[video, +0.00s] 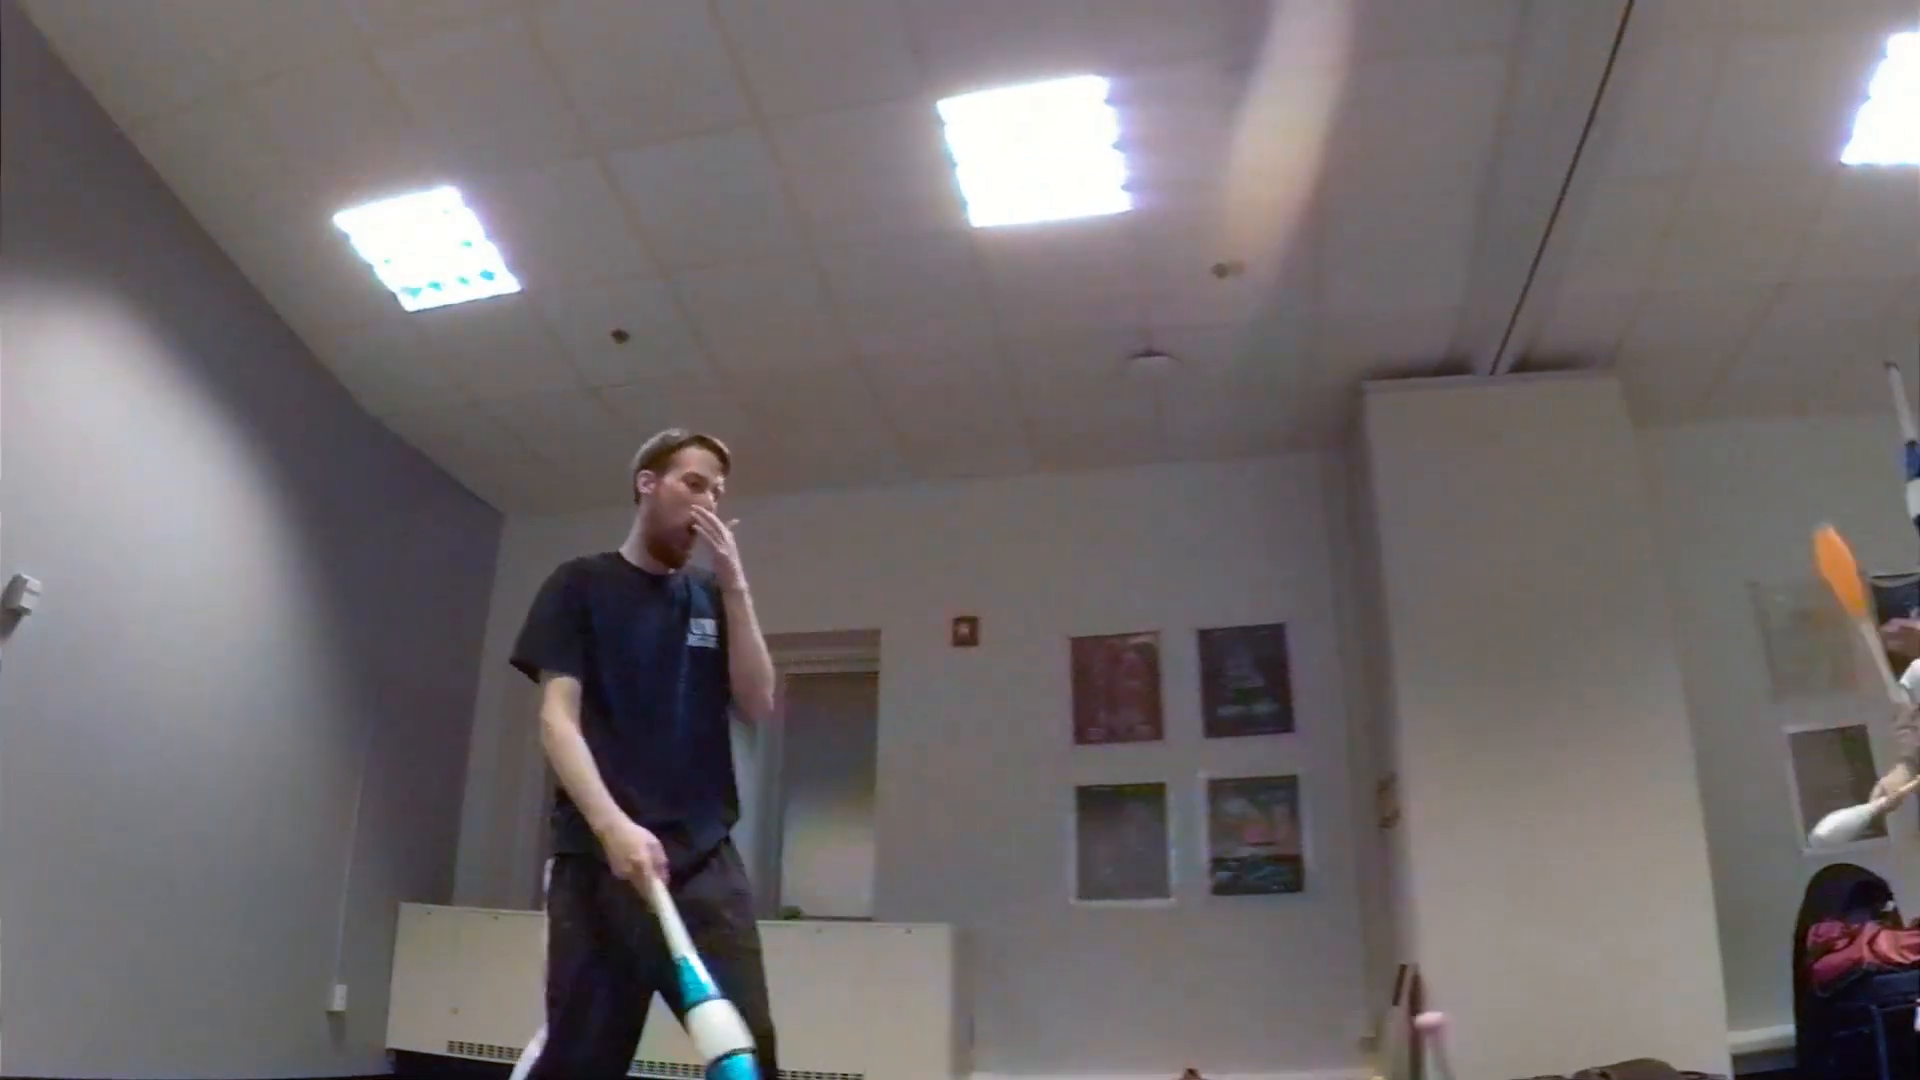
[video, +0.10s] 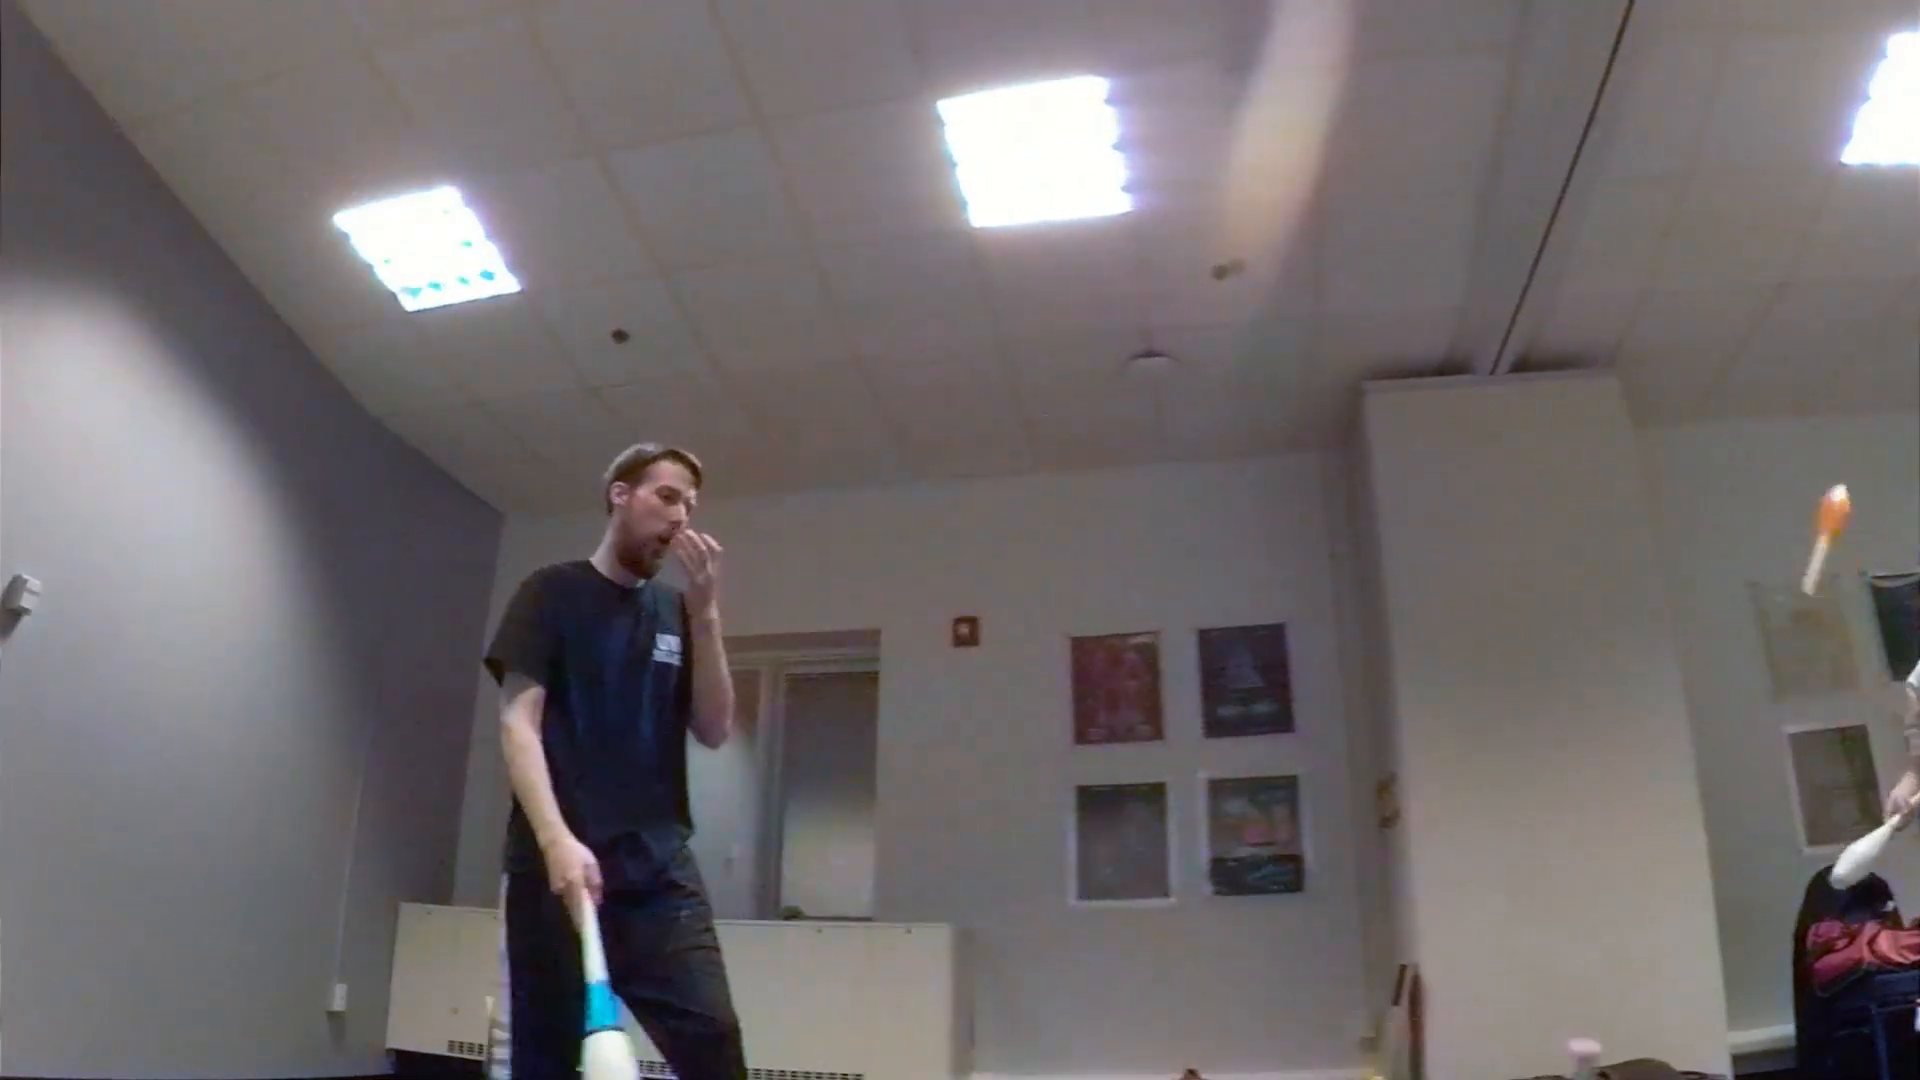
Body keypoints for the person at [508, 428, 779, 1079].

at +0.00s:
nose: (707, 501)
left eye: (716, 491)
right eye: (693, 483)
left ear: (720, 507)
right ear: (646, 485)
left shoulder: (715, 599)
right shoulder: (581, 583)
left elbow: (759, 705)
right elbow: (556, 721)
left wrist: (733, 582)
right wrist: (614, 828)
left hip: (706, 866)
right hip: (601, 865)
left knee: (748, 1051)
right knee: (584, 1057)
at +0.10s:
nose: (680, 518)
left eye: (688, 507)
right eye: (667, 497)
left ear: (691, 523)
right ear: (619, 495)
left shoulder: (677, 610)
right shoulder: (550, 592)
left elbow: (713, 729)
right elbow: (518, 725)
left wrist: (704, 610)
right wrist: (556, 842)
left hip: (657, 866)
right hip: (556, 863)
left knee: (712, 1044)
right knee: (547, 1059)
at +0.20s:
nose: (657, 520)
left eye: (666, 509)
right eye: (645, 500)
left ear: (667, 523)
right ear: (597, 497)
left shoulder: (650, 614)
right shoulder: (525, 589)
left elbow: (670, 738)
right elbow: (491, 720)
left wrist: (692, 644)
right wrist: (506, 840)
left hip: (622, 858)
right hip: (530, 855)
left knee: (675, 1029)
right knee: (528, 1045)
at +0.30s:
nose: (645, 513)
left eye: (654, 503)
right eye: (633, 494)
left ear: (654, 518)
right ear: (586, 490)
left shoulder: (634, 607)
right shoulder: (513, 579)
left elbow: (652, 726)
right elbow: (473, 707)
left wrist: (679, 666)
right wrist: (471, 831)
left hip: (602, 846)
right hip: (514, 846)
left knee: (657, 1003)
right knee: (515, 1032)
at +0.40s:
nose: (642, 514)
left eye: (651, 503)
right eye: (632, 494)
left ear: (653, 515)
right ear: (586, 486)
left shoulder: (625, 601)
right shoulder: (511, 570)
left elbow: (635, 721)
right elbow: (463, 696)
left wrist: (676, 668)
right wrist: (448, 818)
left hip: (591, 845)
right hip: (503, 843)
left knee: (631, 1011)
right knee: (498, 1032)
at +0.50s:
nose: (645, 518)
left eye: (653, 509)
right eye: (635, 499)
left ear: (653, 521)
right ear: (590, 489)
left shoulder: (621, 606)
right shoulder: (513, 568)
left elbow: (631, 721)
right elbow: (460, 687)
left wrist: (680, 667)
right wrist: (435, 809)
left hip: (575, 839)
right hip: (491, 832)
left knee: (585, 1020)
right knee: (485, 1015)